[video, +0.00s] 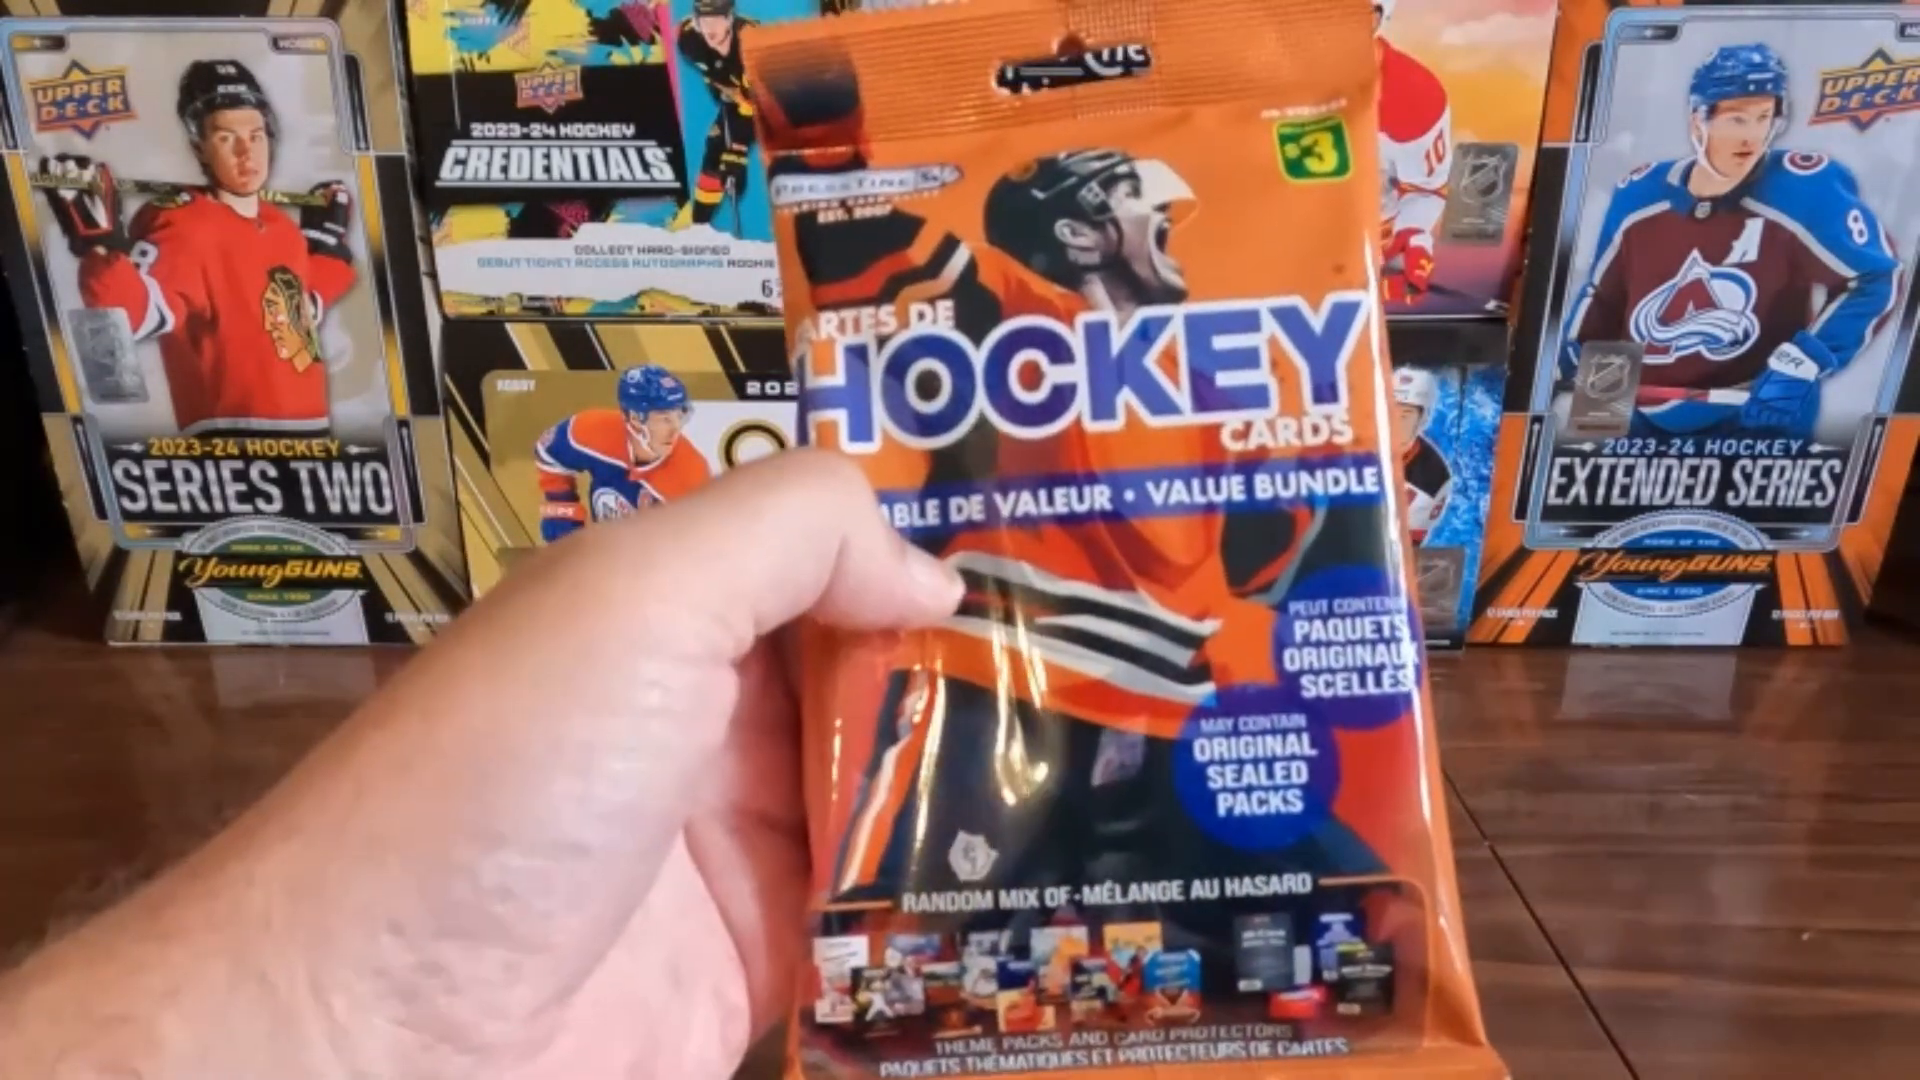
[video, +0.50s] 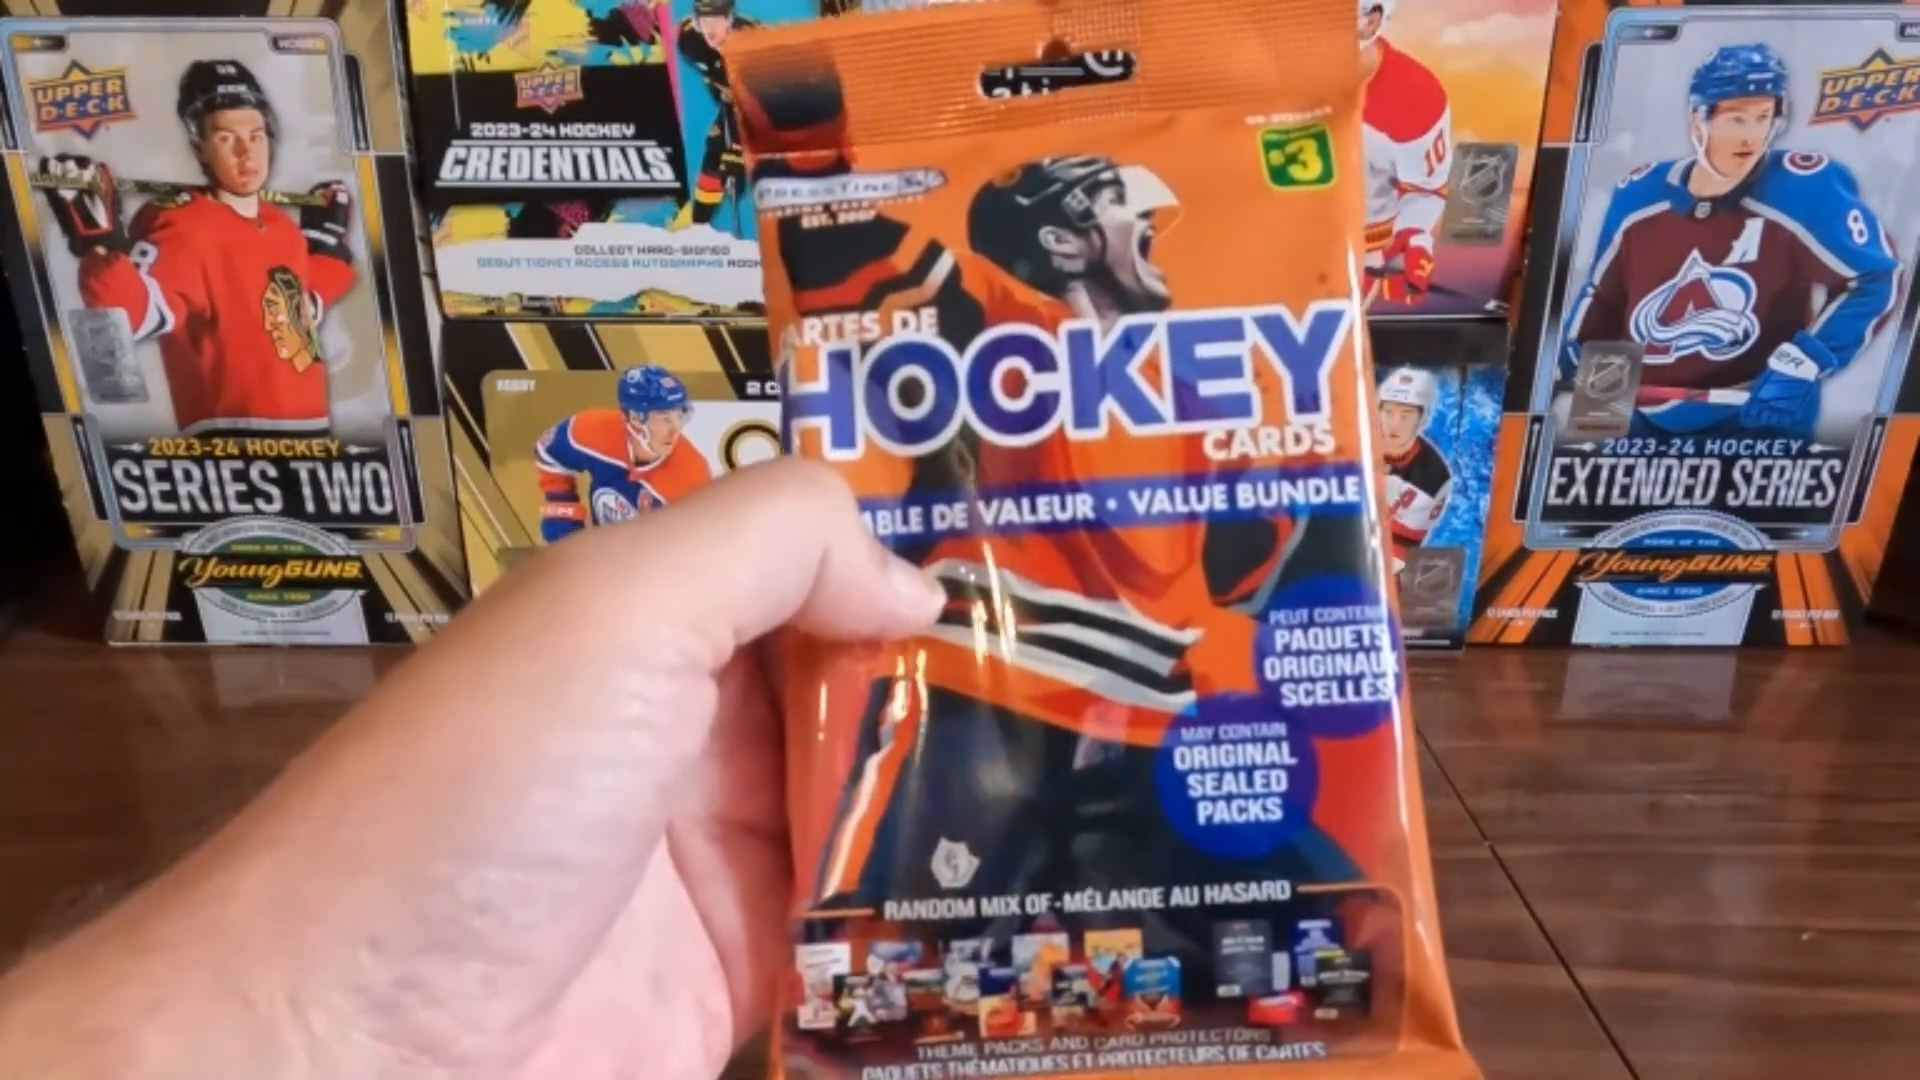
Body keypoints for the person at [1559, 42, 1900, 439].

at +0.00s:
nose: (1750, 135)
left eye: (1762, 118)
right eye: (1735, 119)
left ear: (1775, 123)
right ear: (1698, 124)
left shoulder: (1804, 193)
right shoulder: (1638, 197)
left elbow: (1878, 279)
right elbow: (1600, 297)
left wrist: (1803, 363)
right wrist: (1575, 361)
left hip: (1743, 427)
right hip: (1636, 420)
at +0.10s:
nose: (1750, 135)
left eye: (1762, 118)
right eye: (1735, 119)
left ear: (1775, 123)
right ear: (1698, 124)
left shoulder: (1804, 193)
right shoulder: (1638, 198)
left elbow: (1878, 279)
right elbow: (1600, 297)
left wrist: (1803, 363)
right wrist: (1576, 360)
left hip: (1743, 427)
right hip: (1637, 421)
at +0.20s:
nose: (1750, 135)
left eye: (1762, 118)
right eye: (1735, 119)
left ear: (1775, 122)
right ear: (1698, 124)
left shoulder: (1804, 193)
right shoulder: (1637, 197)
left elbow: (1878, 279)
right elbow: (1600, 297)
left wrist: (1803, 363)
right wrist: (1576, 360)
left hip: (1745, 428)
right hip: (1638, 422)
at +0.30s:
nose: (1750, 135)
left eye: (1762, 118)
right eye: (1735, 119)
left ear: (1775, 122)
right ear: (1698, 124)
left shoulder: (1804, 192)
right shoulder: (1637, 197)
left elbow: (1878, 279)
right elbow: (1600, 297)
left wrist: (1802, 364)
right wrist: (1576, 360)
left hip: (1745, 427)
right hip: (1638, 422)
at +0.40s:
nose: (1750, 135)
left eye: (1762, 118)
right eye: (1735, 119)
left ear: (1775, 122)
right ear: (1698, 124)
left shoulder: (1804, 192)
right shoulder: (1637, 197)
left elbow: (1878, 279)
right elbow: (1600, 297)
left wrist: (1802, 364)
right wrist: (1576, 360)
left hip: (1745, 427)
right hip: (1638, 421)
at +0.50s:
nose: (1750, 135)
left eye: (1762, 118)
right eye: (1734, 119)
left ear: (1775, 122)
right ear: (1698, 124)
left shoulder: (1804, 192)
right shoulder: (1637, 197)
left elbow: (1879, 278)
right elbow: (1600, 297)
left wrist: (1802, 364)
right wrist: (1576, 361)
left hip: (1744, 427)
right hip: (1637, 421)